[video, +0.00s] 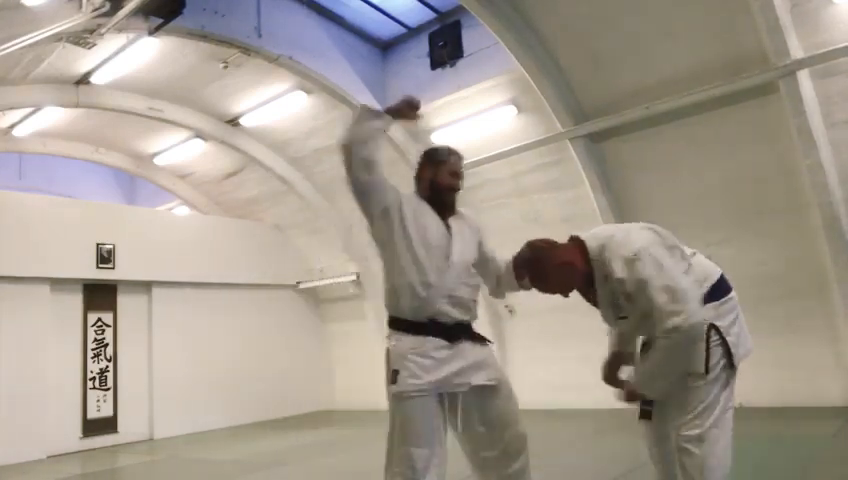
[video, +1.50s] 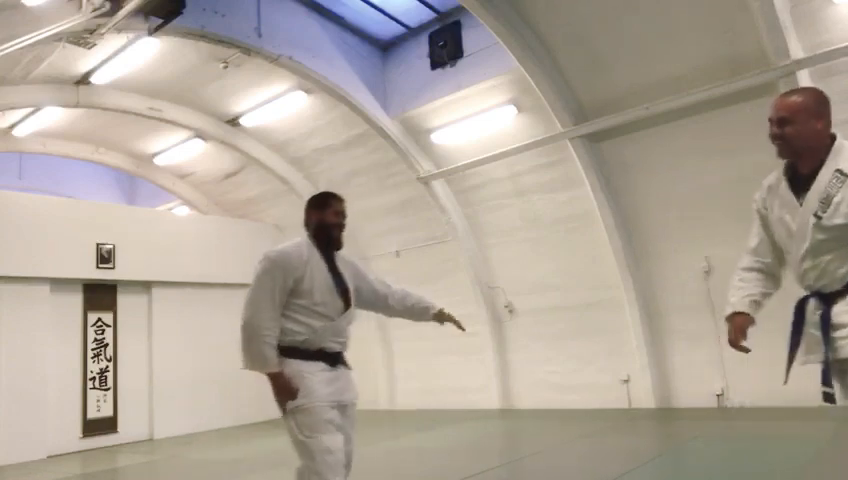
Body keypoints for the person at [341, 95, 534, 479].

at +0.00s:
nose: (459, 179)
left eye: (461, 174)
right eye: (451, 171)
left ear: (461, 182)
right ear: (423, 174)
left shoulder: (467, 229)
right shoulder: (395, 211)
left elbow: (498, 280)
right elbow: (357, 154)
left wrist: (526, 262)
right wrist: (386, 114)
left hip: (467, 348)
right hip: (413, 348)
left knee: (505, 448)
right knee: (416, 464)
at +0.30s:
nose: (504, 199)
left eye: (505, 193)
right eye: (499, 191)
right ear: (480, 187)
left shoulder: (495, 249)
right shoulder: (456, 208)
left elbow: (507, 293)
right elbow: (514, 207)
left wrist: (547, 267)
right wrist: (556, 176)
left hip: (484, 346)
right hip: (447, 336)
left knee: (507, 450)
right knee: (448, 458)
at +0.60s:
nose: (507, 193)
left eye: (511, 187)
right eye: (502, 184)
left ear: (509, 193)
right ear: (483, 183)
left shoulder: (503, 244)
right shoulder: (450, 215)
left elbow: (529, 279)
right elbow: (466, 187)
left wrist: (572, 262)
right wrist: (497, 158)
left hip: (484, 347)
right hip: (439, 341)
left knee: (511, 450)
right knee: (438, 459)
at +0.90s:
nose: (438, 199)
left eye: (444, 194)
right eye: (431, 190)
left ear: (449, 201)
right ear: (412, 192)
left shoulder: (454, 247)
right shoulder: (389, 237)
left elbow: (496, 279)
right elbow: (386, 181)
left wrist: (546, 287)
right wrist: (419, 157)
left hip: (448, 365)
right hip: (396, 364)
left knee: (500, 454)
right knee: (401, 465)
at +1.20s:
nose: (383, 194)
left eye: (387, 189)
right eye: (376, 187)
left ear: (390, 194)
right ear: (355, 189)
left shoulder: (392, 240)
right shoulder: (329, 234)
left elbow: (396, 302)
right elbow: (290, 297)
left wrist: (417, 347)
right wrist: (337, 322)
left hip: (401, 365)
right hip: (352, 369)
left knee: (418, 458)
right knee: (360, 469)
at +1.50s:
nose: (342, 222)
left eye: (343, 216)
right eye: (335, 215)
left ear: (343, 221)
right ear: (310, 219)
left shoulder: (344, 266)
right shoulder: (284, 260)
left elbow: (382, 295)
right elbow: (258, 320)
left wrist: (432, 312)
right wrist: (274, 374)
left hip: (337, 372)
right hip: (300, 373)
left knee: (340, 463)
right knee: (325, 464)